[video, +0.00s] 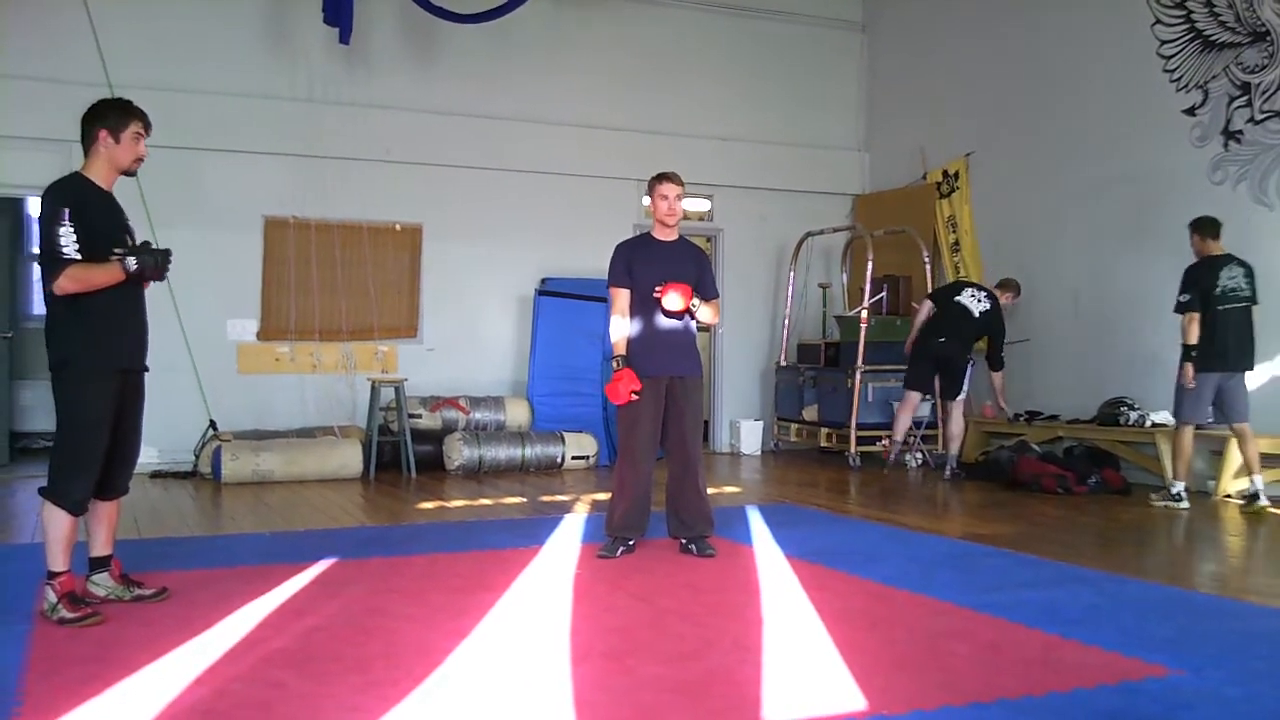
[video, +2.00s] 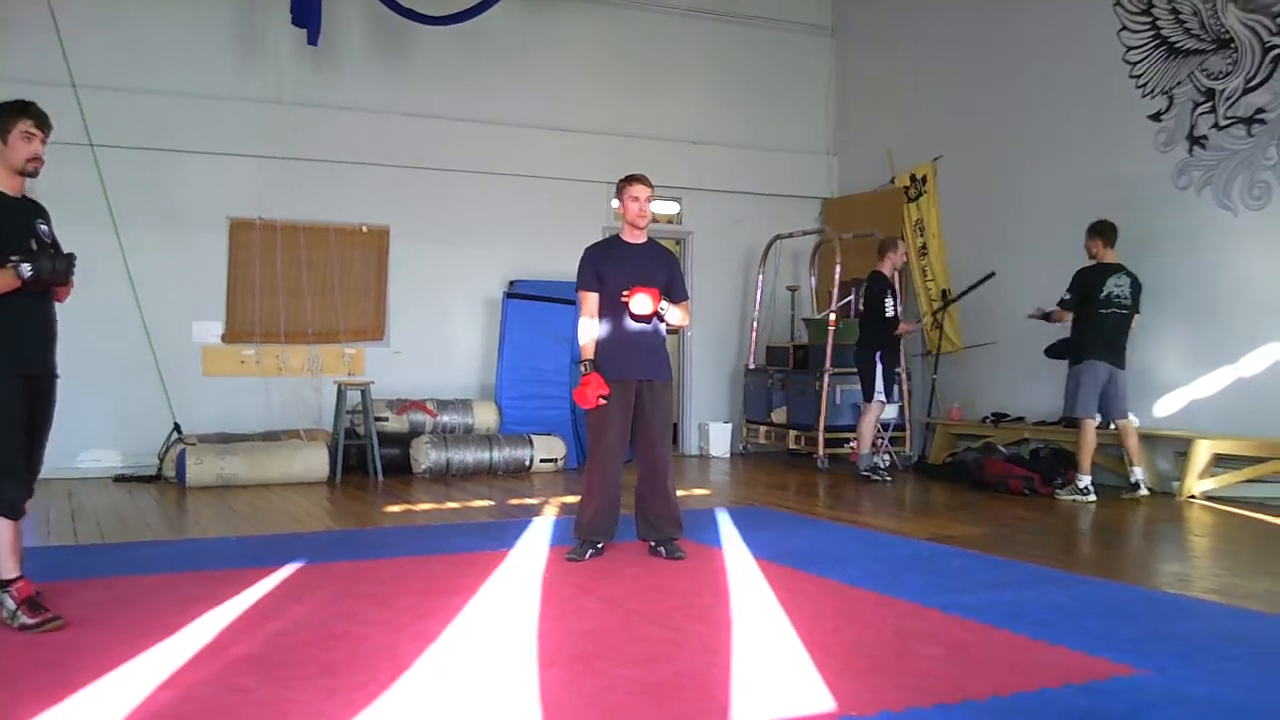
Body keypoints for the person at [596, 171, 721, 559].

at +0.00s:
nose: (671, 204)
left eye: (677, 198)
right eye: (664, 198)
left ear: (684, 204)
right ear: (650, 203)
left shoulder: (696, 255)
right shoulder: (628, 251)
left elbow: (713, 315)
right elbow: (619, 312)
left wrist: (691, 304)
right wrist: (620, 361)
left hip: (686, 369)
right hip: (642, 367)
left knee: (688, 452)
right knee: (635, 452)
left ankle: (692, 532)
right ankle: (624, 533)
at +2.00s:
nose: (641, 206)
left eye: (646, 200)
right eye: (634, 199)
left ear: (653, 207)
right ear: (619, 205)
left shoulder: (666, 258)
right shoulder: (596, 254)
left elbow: (682, 317)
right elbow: (588, 316)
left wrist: (660, 307)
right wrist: (588, 367)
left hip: (656, 372)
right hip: (611, 370)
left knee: (657, 455)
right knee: (604, 455)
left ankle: (661, 534)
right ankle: (593, 535)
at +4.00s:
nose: (725, 238)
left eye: (733, 232)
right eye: (719, 230)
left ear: (746, 222)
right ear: (710, 217)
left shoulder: (761, 264)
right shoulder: (685, 252)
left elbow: (775, 318)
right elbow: (667, 312)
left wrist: (748, 332)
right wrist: (664, 370)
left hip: (738, 385)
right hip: (691, 382)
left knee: (735, 465)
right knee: (700, 464)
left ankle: (726, 552)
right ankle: (711, 544)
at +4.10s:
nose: (741, 236)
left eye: (749, 230)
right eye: (735, 227)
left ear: (761, 220)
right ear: (725, 212)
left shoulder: (770, 261)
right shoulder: (695, 247)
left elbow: (786, 317)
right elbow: (674, 306)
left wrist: (759, 331)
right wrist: (673, 364)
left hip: (747, 383)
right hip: (700, 379)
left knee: (742, 463)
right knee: (710, 462)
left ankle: (736, 550)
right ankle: (725, 533)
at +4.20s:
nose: (738, 231)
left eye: (747, 225)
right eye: (733, 222)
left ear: (761, 216)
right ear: (724, 206)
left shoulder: (771, 260)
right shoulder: (695, 241)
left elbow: (786, 315)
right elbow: (675, 302)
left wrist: (759, 327)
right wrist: (671, 361)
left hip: (745, 381)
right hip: (696, 374)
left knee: (742, 462)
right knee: (693, 452)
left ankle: (737, 549)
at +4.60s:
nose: (696, 223)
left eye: (704, 216)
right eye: (691, 214)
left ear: (721, 206)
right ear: (683, 203)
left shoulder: (740, 251)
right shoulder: (673, 235)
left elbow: (763, 314)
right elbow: (658, 294)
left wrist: (717, 319)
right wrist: (642, 352)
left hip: (715, 373)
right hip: (667, 367)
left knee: (722, 459)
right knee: (656, 452)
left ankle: (726, 544)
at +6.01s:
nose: (689, 164)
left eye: (694, 158)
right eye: (681, 158)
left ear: (700, 163)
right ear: (665, 164)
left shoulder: (720, 211)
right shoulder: (648, 214)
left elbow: (740, 267)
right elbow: (632, 273)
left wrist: (714, 275)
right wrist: (624, 317)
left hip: (712, 329)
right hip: (667, 330)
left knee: (709, 409)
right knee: (658, 408)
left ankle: (705, 487)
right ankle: (650, 491)